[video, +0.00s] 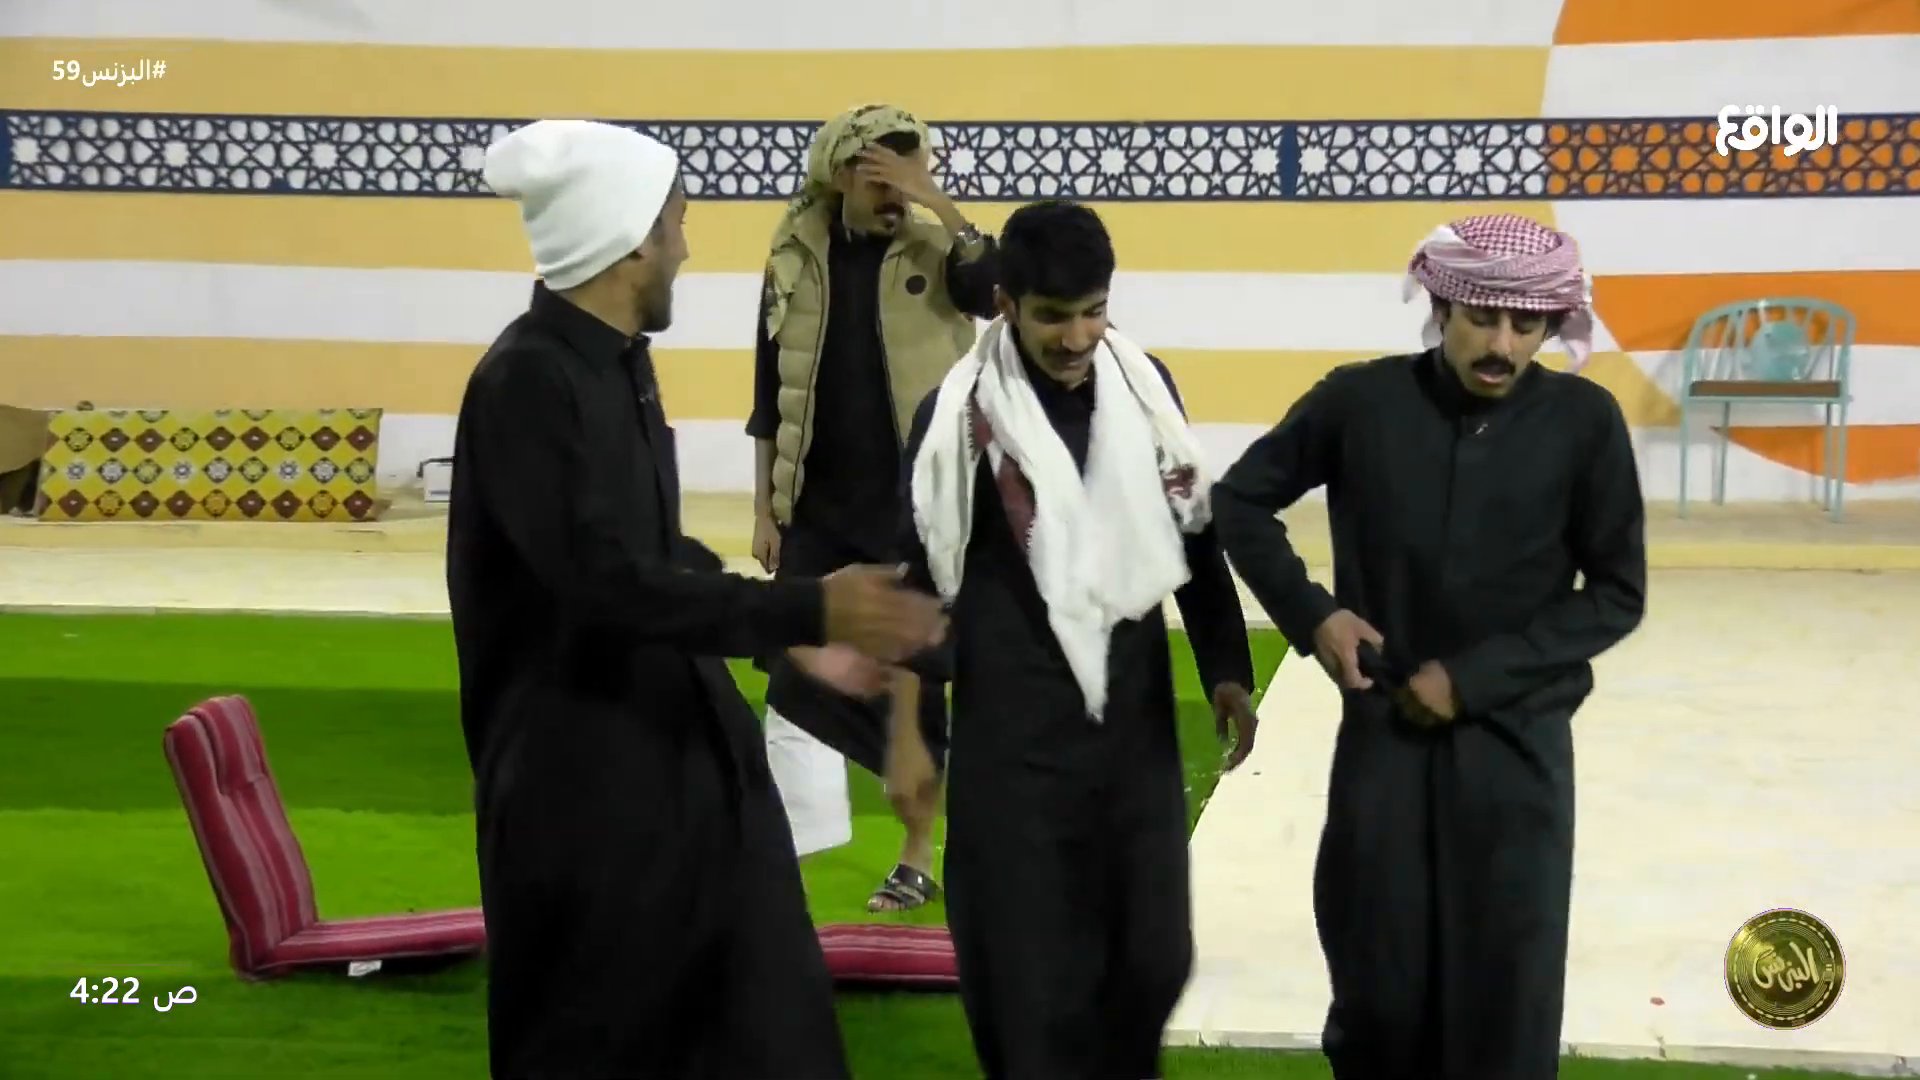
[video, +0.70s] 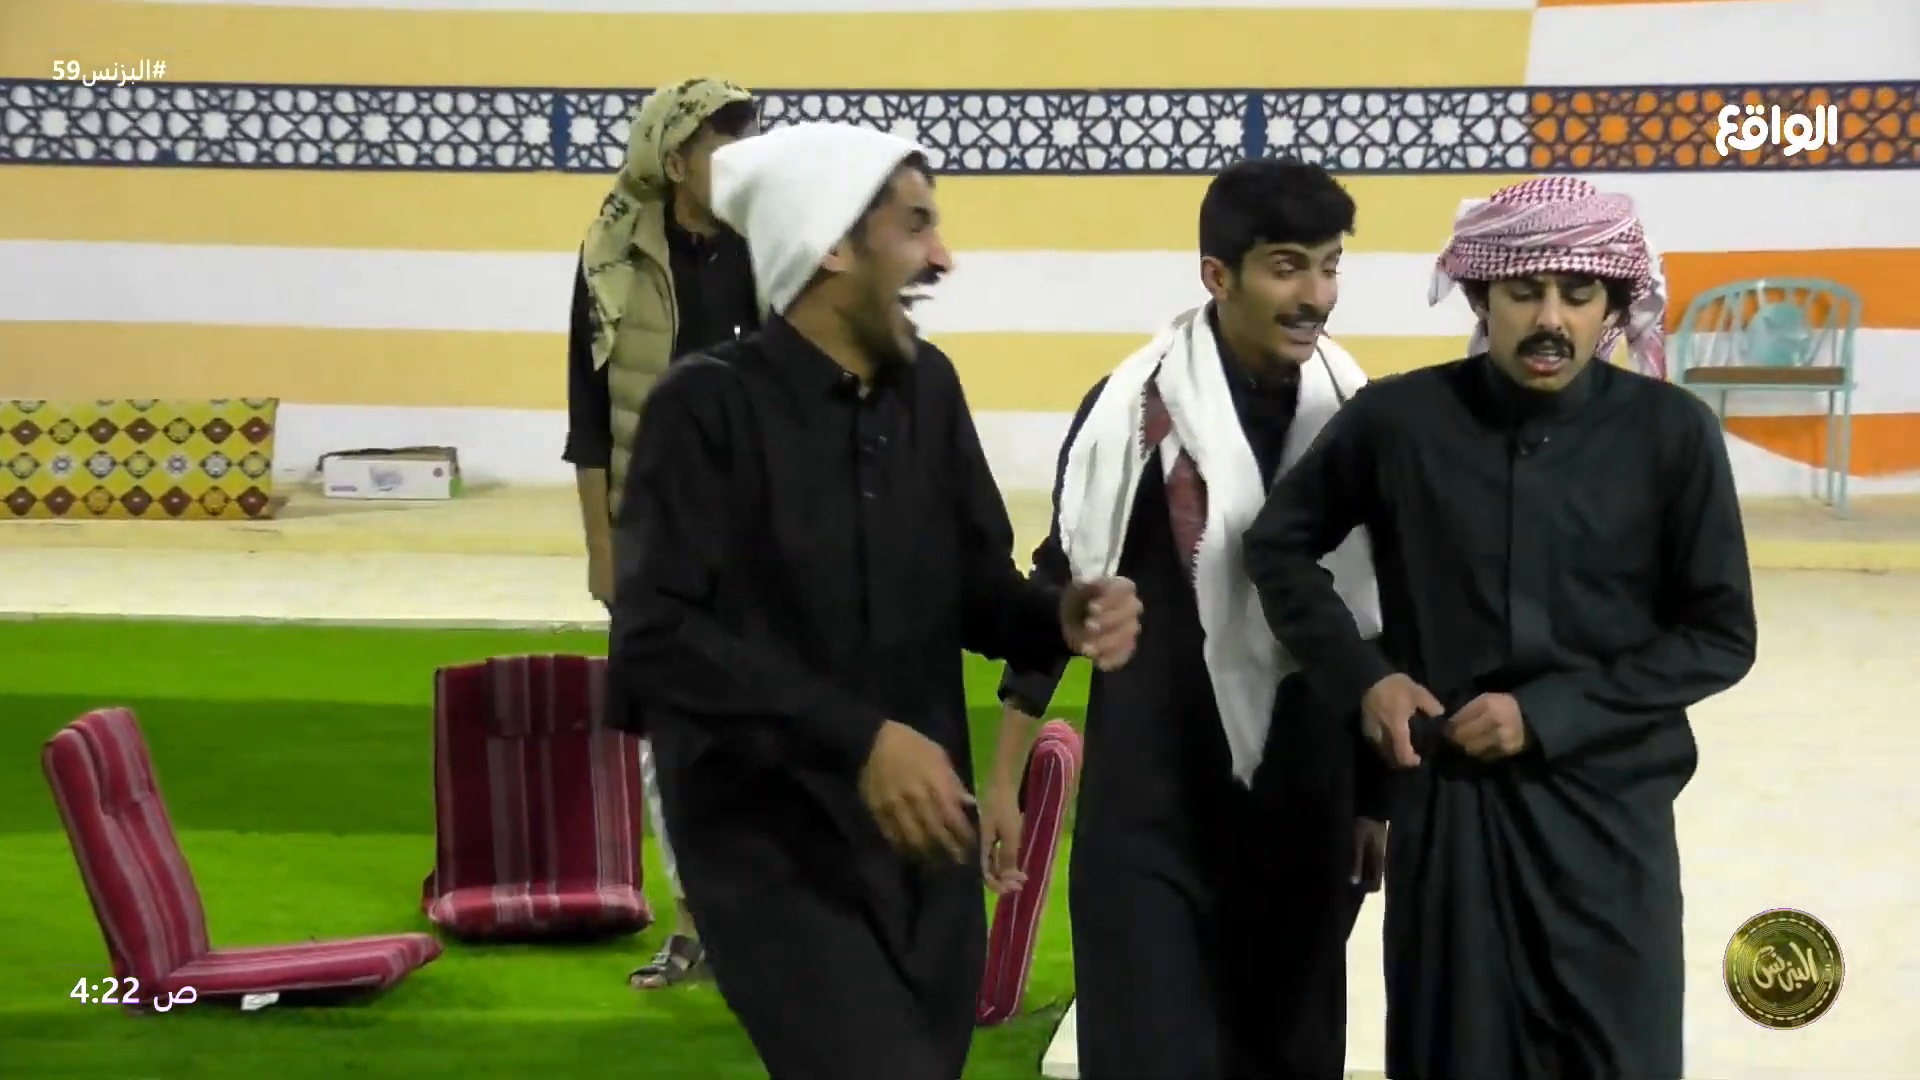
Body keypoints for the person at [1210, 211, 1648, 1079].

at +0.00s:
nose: (1502, 344)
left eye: (1525, 324)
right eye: (1484, 318)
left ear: (1549, 326)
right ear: (1443, 307)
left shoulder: (1583, 420)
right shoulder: (1357, 401)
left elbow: (1618, 596)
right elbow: (1236, 508)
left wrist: (1470, 676)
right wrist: (1315, 616)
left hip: (1515, 768)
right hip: (1383, 759)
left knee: (1506, 1017)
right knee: (1378, 1011)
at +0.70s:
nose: (1550, 320)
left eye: (1577, 294)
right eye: (1524, 292)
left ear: (1612, 307)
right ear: (1481, 298)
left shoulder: (1673, 433)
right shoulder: (1394, 420)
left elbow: (1721, 636)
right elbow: (1280, 546)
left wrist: (1545, 711)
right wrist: (1366, 678)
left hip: (1609, 831)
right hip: (1447, 822)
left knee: (1618, 1062)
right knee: (1454, 1060)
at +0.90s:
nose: (1585, 344)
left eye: (1614, 318)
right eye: (1558, 313)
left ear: (1647, 332)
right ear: (1509, 318)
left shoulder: (1702, 457)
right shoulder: (1405, 445)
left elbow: (1744, 676)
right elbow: (1280, 573)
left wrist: (1554, 776)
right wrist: (1381, 715)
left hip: (1628, 902)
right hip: (1454, 895)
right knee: (1450, 1072)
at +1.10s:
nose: (1627, 383)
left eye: (1658, 357)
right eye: (1599, 351)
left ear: (1692, 371)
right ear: (1549, 352)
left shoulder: (1747, 498)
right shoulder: (1437, 477)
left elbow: (1791, 723)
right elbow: (1304, 615)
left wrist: (1595, 815)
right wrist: (1417, 765)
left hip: (1650, 935)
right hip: (1467, 924)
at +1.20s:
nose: (1631, 382)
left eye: (1663, 353)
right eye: (1604, 347)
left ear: (1699, 364)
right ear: (1551, 343)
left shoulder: (1752, 483)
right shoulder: (1436, 466)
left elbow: (1798, 709)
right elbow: (1304, 604)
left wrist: (1609, 794)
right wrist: (1415, 754)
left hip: (1659, 900)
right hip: (1483, 890)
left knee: (1665, 1063)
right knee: (1480, 1063)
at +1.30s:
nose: (1618, 381)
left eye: (1649, 350)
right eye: (1590, 347)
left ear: (1687, 353)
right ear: (1536, 340)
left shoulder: (1745, 475)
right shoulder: (1429, 460)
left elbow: (1793, 700)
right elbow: (1310, 605)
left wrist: (1603, 784)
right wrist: (1414, 755)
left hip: (1652, 893)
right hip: (1473, 884)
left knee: (1652, 1064)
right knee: (1472, 1064)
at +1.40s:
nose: (1590, 399)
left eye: (1619, 366)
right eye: (1560, 366)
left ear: (1659, 362)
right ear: (1509, 357)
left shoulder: (1727, 486)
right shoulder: (1411, 474)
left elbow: (1781, 713)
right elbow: (1302, 620)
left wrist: (1581, 805)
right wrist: (1388, 768)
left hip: (1632, 907)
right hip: (1455, 892)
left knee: (1624, 1066)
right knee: (1454, 1063)